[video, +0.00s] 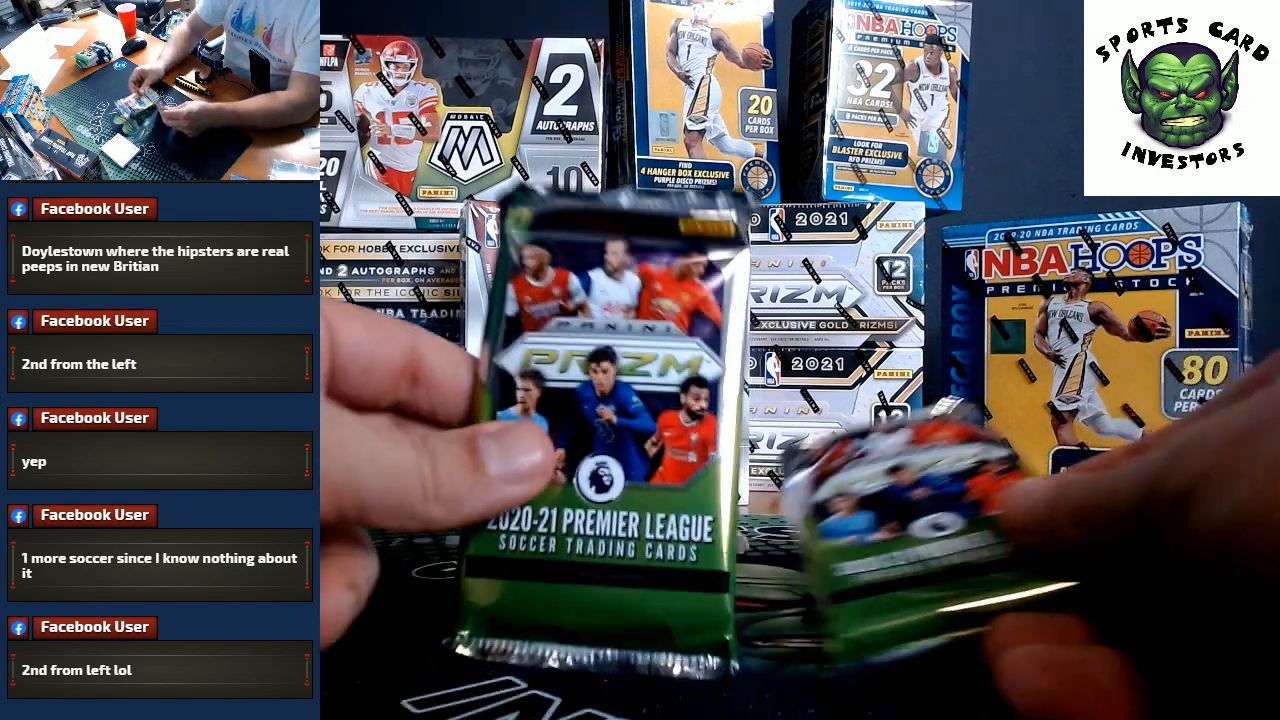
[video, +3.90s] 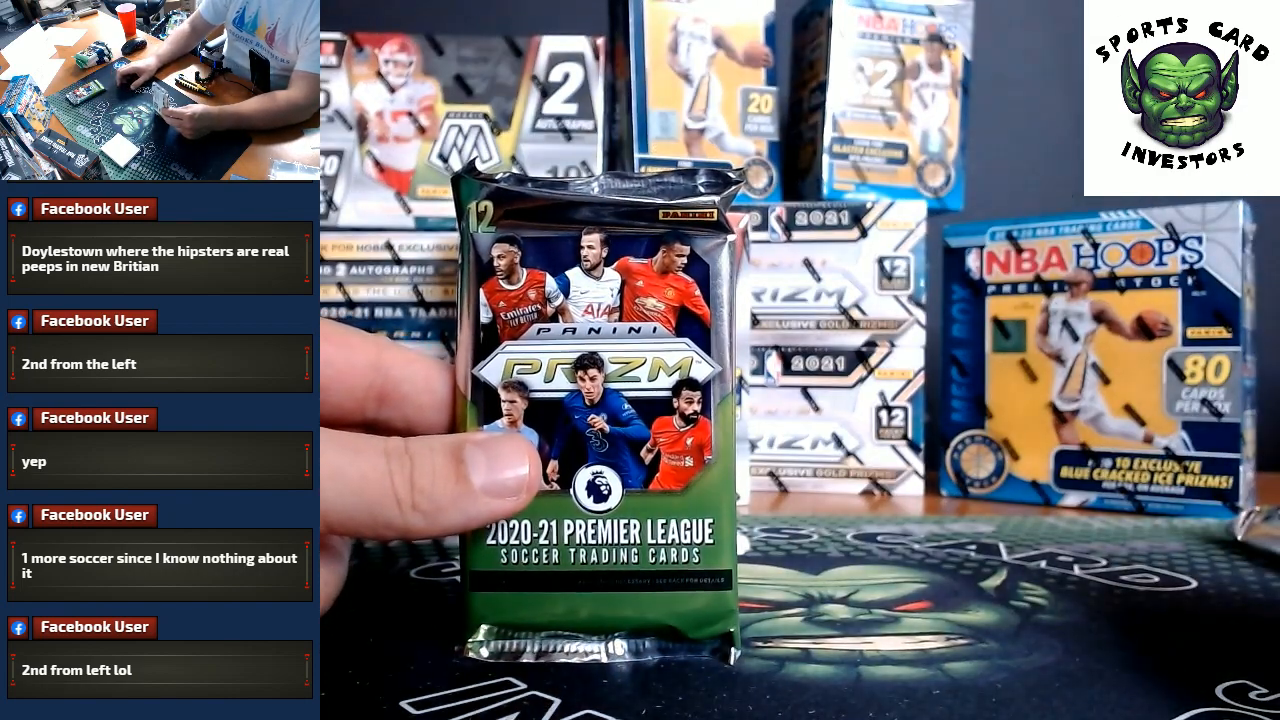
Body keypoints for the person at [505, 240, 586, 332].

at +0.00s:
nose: (527, 263)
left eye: (532, 258)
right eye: (525, 258)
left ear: (544, 259)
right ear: (522, 261)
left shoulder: (567, 279)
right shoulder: (514, 288)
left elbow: (584, 306)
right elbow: (511, 324)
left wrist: (573, 307)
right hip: (533, 343)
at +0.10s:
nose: (514, 248)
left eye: (519, 243)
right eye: (512, 243)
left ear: (534, 243)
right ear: (510, 243)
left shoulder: (558, 266)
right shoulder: (503, 275)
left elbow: (575, 297)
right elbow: (500, 313)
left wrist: (582, 323)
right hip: (523, 335)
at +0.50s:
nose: (504, 260)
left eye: (510, 254)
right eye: (502, 255)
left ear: (525, 254)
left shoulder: (549, 277)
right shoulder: (494, 287)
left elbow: (568, 307)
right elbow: (491, 325)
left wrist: (574, 334)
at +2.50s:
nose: (502, 263)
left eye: (508, 257)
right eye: (500, 257)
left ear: (523, 257)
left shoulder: (549, 280)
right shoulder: (492, 291)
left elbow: (570, 311)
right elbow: (489, 332)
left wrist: (577, 341)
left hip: (549, 351)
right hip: (515, 353)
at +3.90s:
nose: (495, 264)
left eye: (501, 258)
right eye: (493, 258)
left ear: (517, 257)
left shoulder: (543, 280)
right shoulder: (486, 293)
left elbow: (564, 311)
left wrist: (572, 339)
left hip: (545, 352)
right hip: (510, 355)